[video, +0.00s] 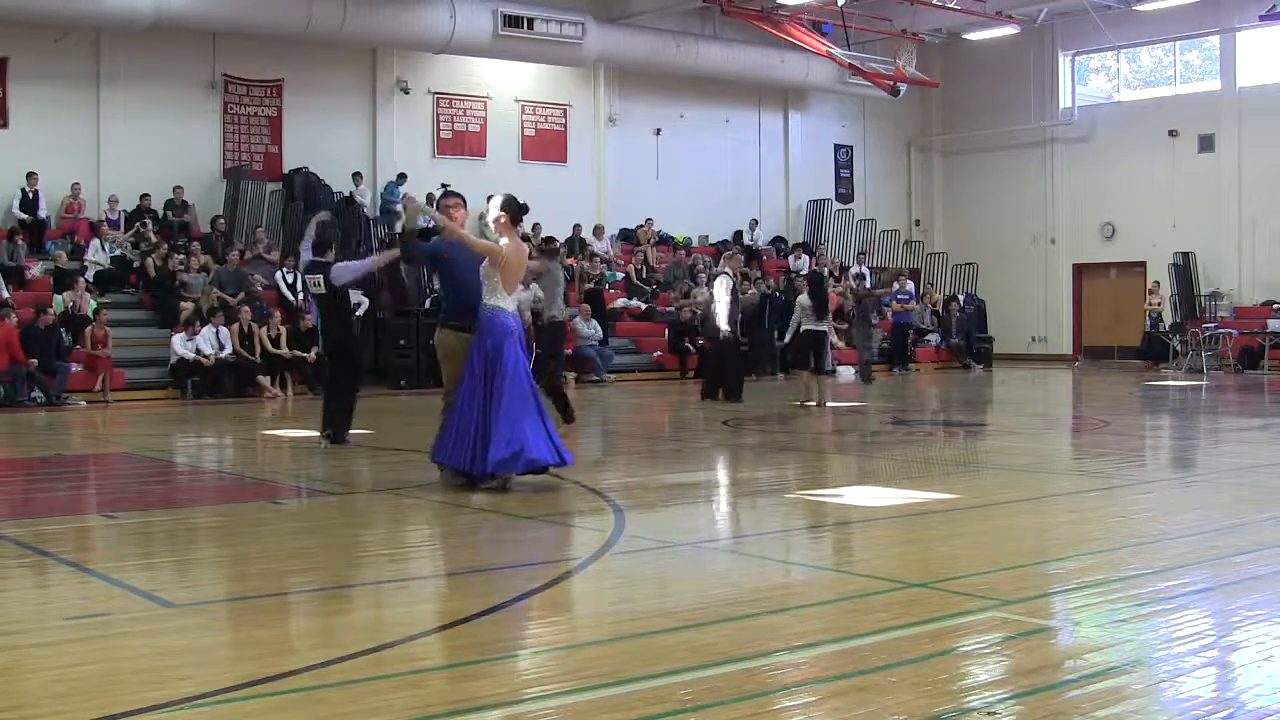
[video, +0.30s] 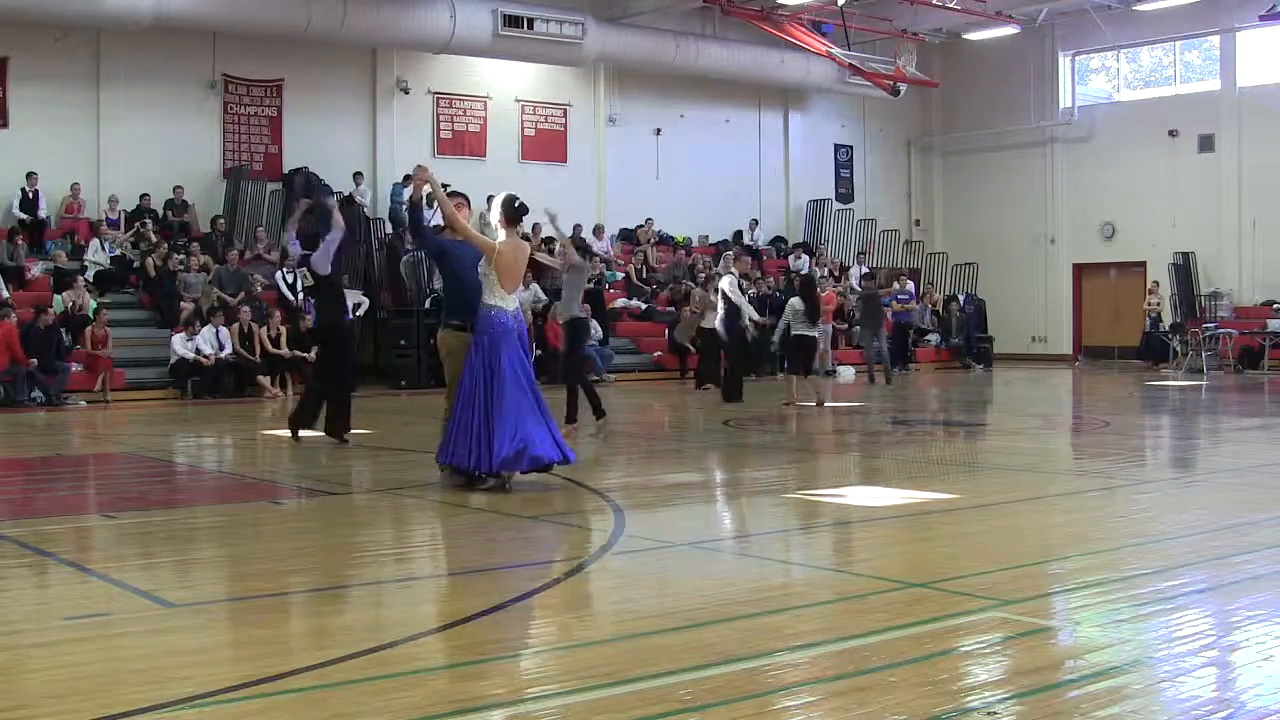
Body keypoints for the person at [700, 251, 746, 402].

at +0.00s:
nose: (740, 265)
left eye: (740, 262)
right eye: (738, 261)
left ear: (731, 262)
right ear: (728, 261)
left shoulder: (730, 279)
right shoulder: (724, 279)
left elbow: (727, 304)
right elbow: (722, 304)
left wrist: (731, 327)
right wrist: (724, 327)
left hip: (728, 329)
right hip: (725, 329)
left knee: (716, 362)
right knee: (731, 363)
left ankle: (709, 393)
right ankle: (732, 394)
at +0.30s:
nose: (748, 266)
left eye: (749, 263)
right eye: (746, 263)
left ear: (741, 264)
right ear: (737, 263)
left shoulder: (736, 280)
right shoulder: (729, 280)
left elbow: (741, 304)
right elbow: (740, 301)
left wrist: (747, 322)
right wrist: (757, 317)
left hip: (735, 322)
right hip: (728, 322)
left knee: (737, 357)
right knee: (734, 357)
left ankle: (733, 392)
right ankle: (732, 393)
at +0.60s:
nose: (758, 268)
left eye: (758, 264)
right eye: (755, 264)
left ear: (755, 266)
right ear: (746, 263)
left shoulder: (753, 283)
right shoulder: (733, 281)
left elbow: (753, 303)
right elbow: (739, 304)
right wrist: (760, 303)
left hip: (752, 322)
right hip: (738, 323)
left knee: (760, 358)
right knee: (737, 360)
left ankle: (771, 392)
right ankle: (731, 396)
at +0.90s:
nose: (765, 263)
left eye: (766, 260)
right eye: (763, 260)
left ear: (763, 261)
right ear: (754, 260)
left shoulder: (761, 278)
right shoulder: (743, 275)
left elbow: (762, 298)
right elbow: (740, 298)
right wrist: (761, 305)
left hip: (760, 317)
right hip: (748, 317)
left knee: (762, 354)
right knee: (745, 354)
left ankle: (765, 391)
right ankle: (736, 391)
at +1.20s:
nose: (773, 260)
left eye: (774, 257)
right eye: (770, 257)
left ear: (774, 259)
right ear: (761, 257)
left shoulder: (771, 277)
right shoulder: (753, 273)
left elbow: (781, 295)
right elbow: (737, 286)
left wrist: (790, 306)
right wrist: (753, 295)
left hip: (770, 321)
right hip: (756, 320)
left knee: (768, 355)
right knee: (754, 355)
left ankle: (767, 391)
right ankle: (740, 388)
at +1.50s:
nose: (779, 258)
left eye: (779, 254)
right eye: (776, 254)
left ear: (772, 257)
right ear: (766, 254)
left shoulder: (775, 275)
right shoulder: (756, 273)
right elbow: (739, 287)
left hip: (774, 318)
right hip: (759, 317)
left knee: (770, 354)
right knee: (753, 354)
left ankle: (767, 389)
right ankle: (742, 389)